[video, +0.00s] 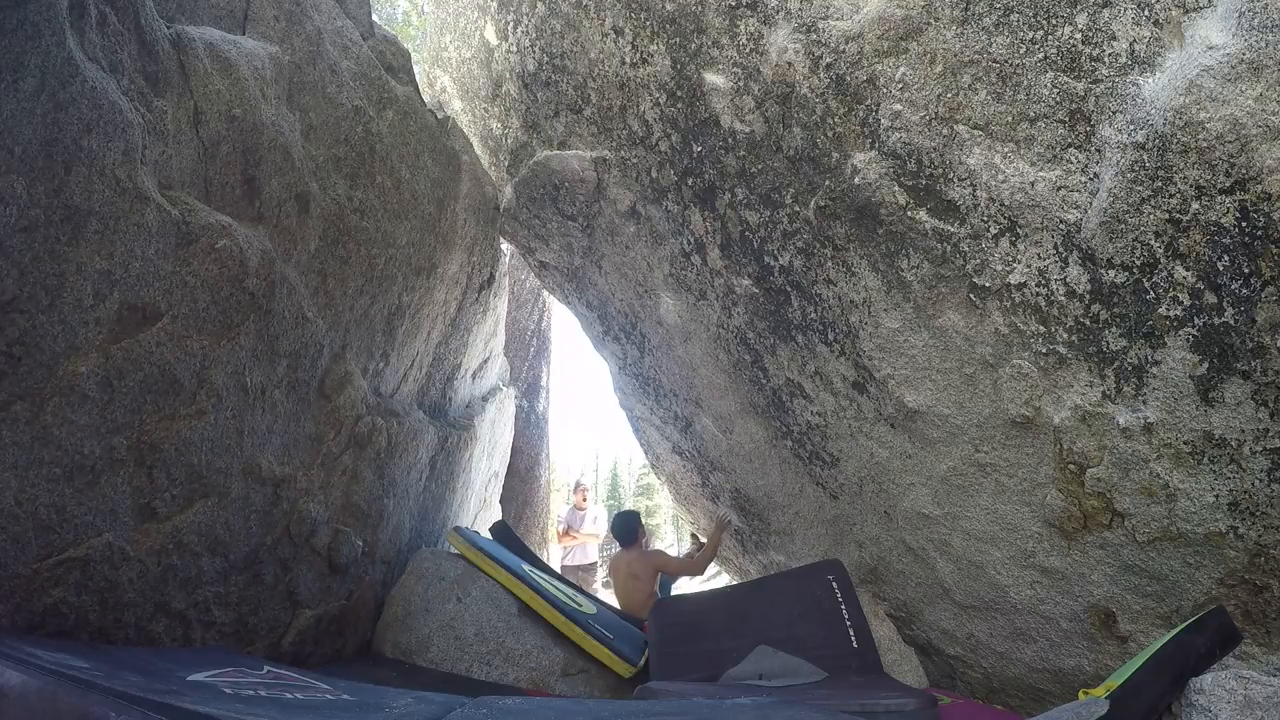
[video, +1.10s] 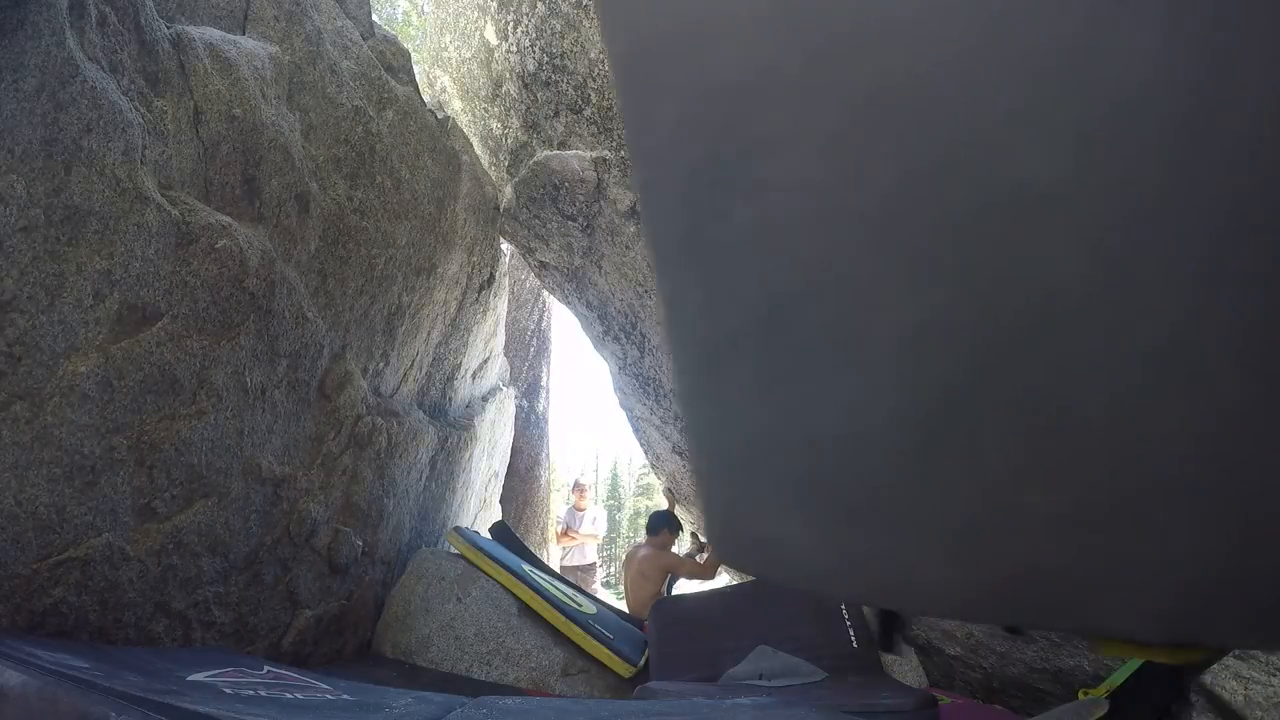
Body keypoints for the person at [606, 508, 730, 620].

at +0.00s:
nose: (645, 530)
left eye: (642, 527)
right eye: (643, 527)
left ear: (617, 537)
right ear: (640, 533)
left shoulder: (615, 561)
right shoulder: (651, 558)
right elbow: (697, 568)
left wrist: (689, 556)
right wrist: (717, 532)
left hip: (630, 622)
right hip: (653, 624)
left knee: (664, 577)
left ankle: (692, 552)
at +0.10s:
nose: (650, 525)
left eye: (647, 522)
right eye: (647, 523)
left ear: (622, 534)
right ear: (645, 529)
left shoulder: (621, 557)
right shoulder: (656, 557)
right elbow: (702, 569)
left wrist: (691, 555)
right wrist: (720, 532)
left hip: (630, 620)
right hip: (652, 624)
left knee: (668, 575)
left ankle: (692, 552)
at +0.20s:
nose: (652, 524)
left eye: (651, 521)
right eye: (651, 522)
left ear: (627, 533)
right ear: (649, 528)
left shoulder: (624, 556)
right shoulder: (660, 556)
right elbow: (704, 571)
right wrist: (721, 533)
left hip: (633, 620)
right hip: (655, 623)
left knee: (670, 574)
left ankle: (693, 551)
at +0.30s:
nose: (656, 523)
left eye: (655, 521)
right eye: (654, 521)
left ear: (631, 533)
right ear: (652, 528)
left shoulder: (628, 554)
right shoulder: (663, 555)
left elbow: (654, 533)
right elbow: (706, 572)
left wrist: (661, 510)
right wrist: (721, 533)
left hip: (634, 620)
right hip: (655, 623)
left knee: (670, 573)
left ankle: (693, 551)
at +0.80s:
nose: (671, 533)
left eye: (671, 529)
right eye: (671, 529)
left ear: (646, 530)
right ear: (664, 531)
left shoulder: (632, 552)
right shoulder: (663, 557)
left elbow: (654, 530)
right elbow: (708, 572)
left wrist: (670, 506)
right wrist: (722, 533)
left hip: (636, 621)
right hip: (655, 623)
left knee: (672, 573)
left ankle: (694, 550)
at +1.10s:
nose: (673, 543)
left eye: (675, 539)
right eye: (674, 538)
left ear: (651, 531)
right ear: (665, 533)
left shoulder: (633, 552)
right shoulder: (661, 558)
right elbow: (708, 573)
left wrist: (670, 507)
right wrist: (719, 540)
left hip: (636, 620)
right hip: (654, 624)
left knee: (670, 574)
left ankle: (694, 550)